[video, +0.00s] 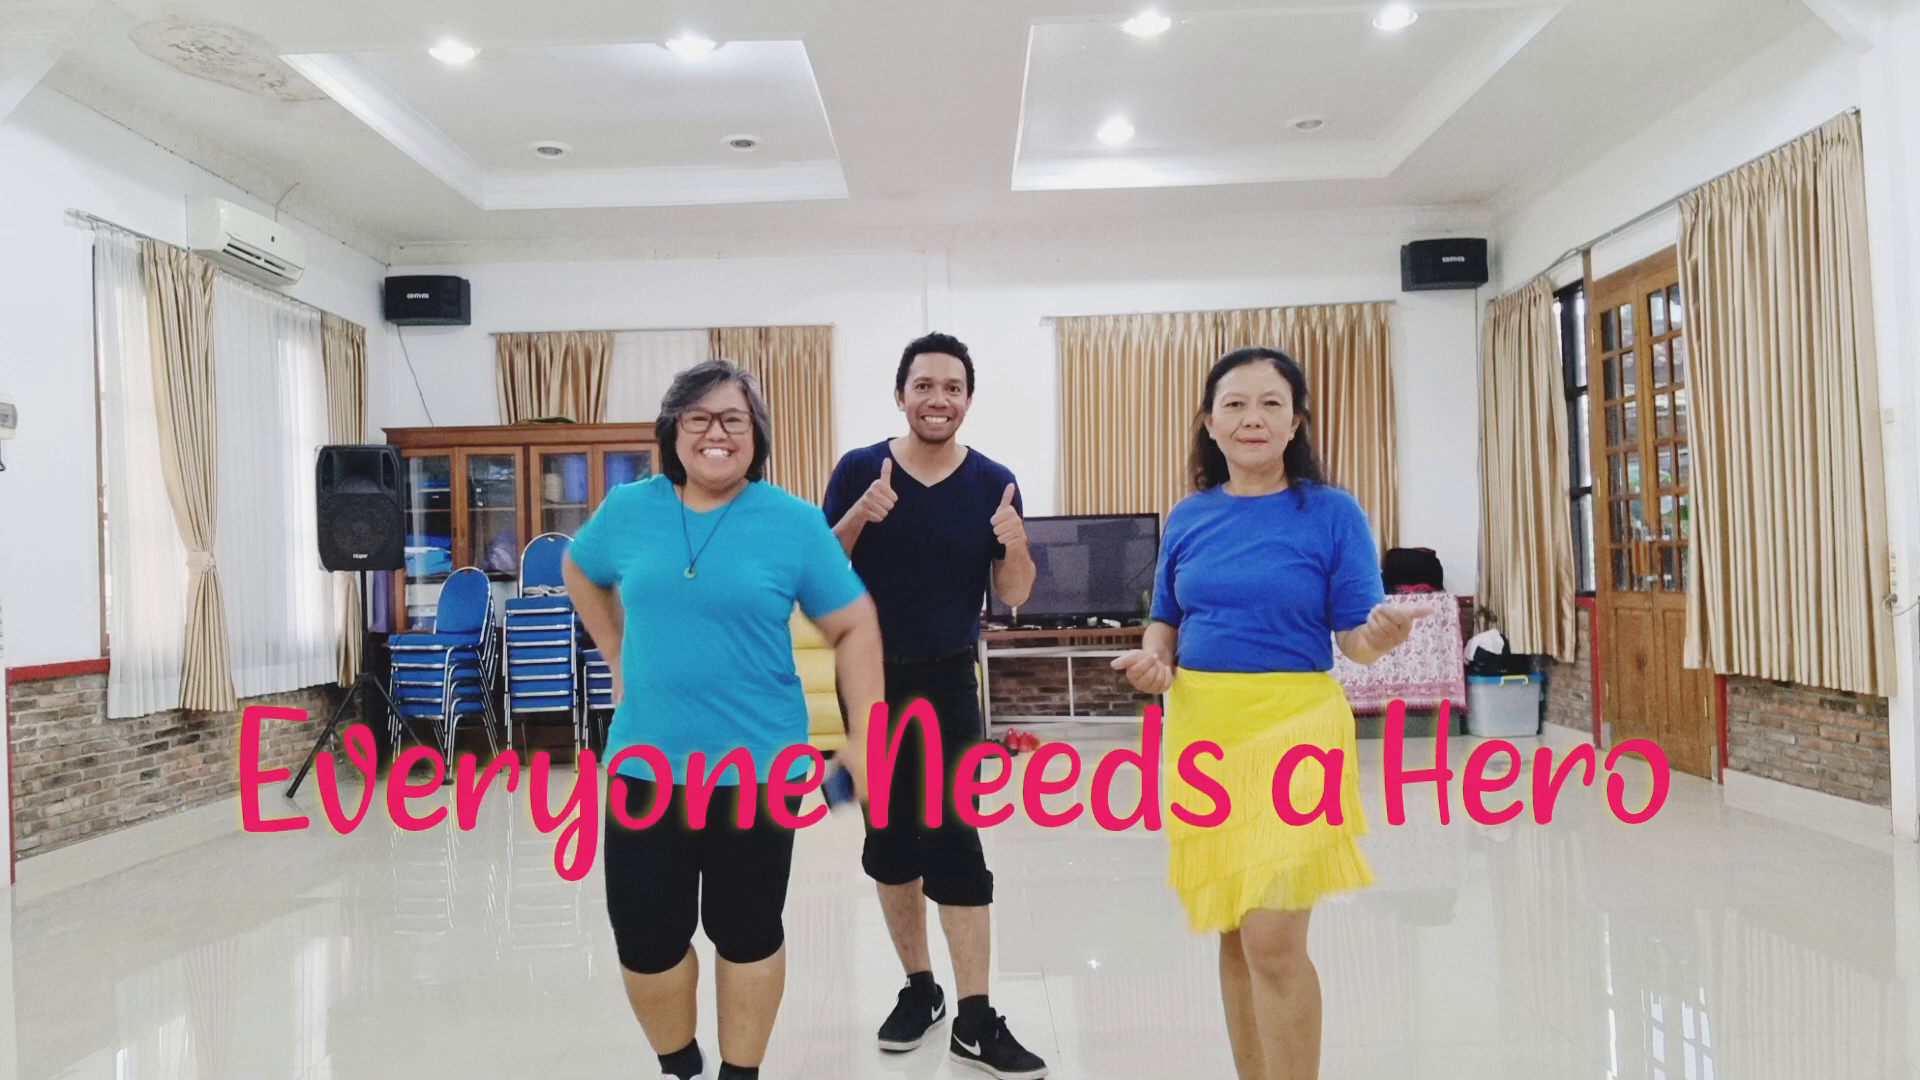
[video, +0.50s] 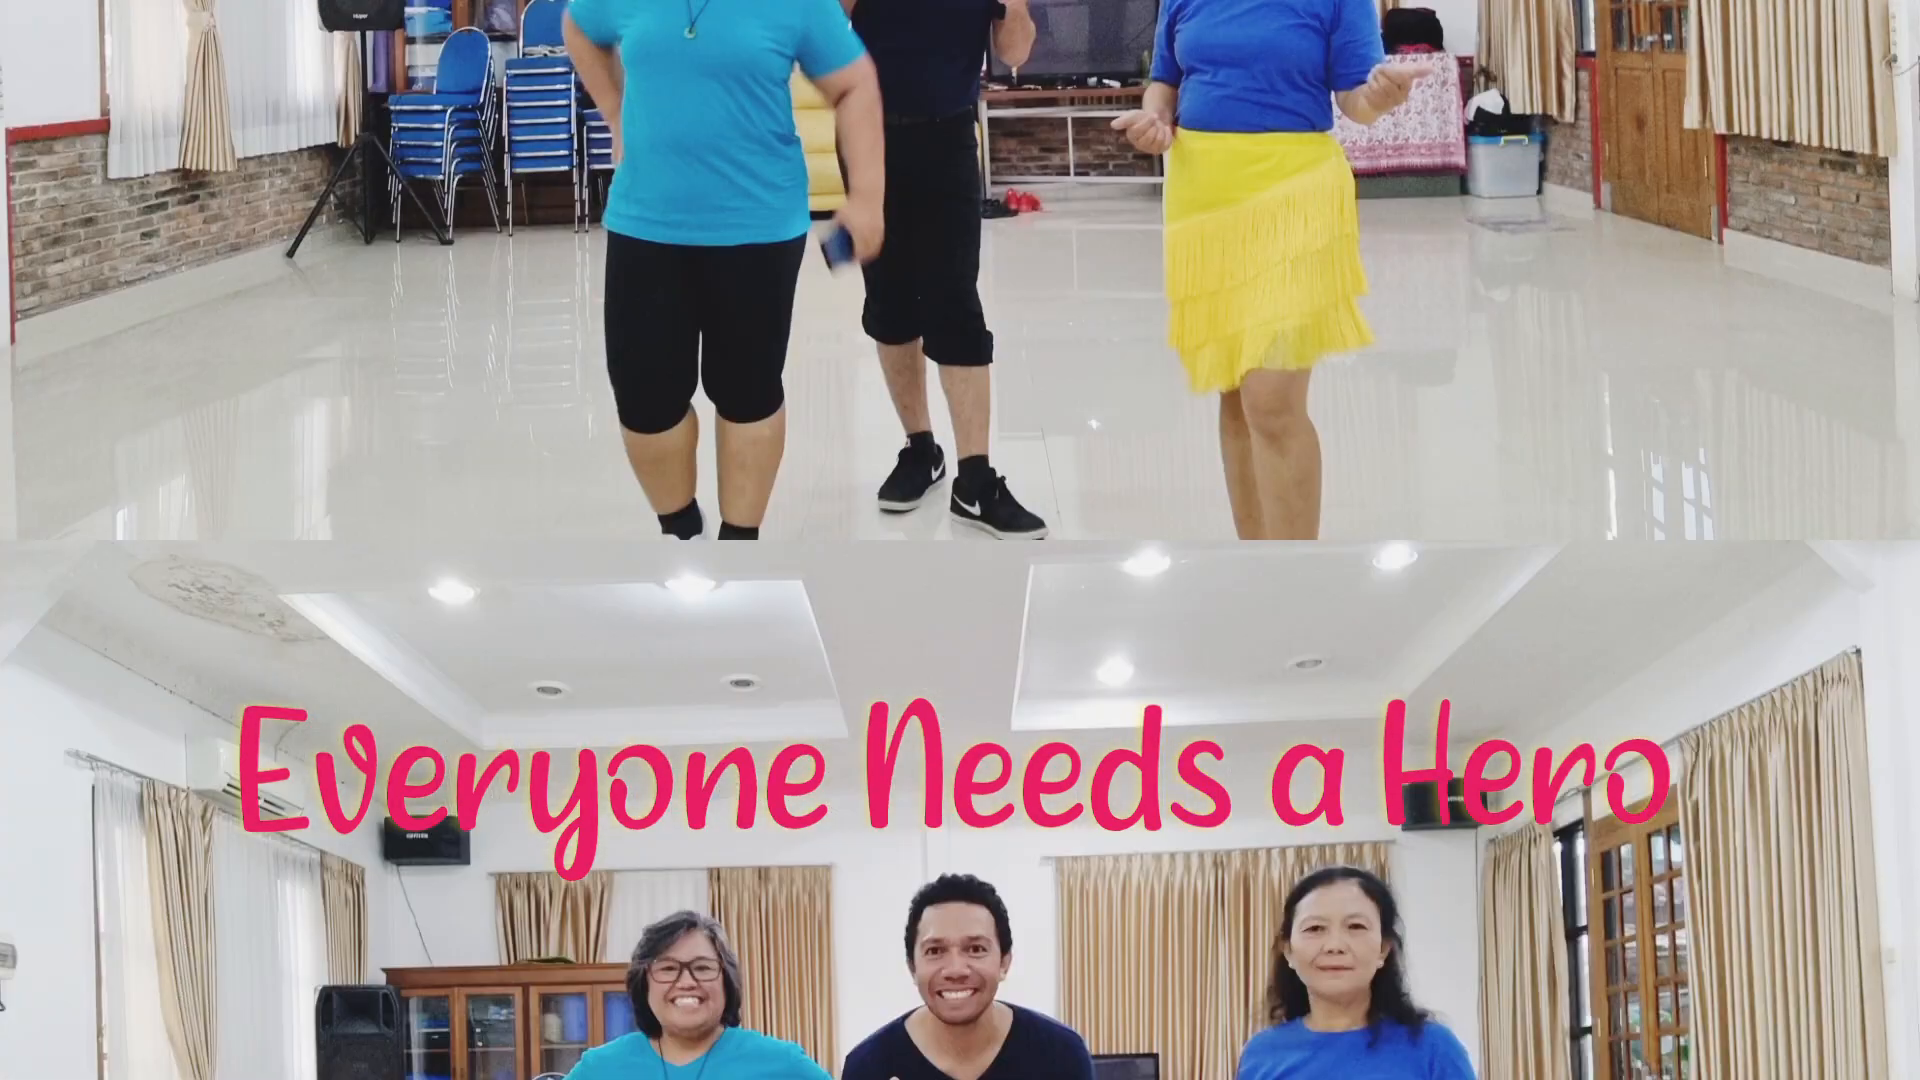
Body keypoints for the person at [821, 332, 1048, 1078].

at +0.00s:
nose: (938, 400)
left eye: (952, 388)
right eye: (924, 386)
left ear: (968, 399)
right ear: (900, 396)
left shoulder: (992, 483)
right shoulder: (858, 472)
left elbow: (1014, 595)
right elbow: (813, 570)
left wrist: (1015, 548)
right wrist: (854, 520)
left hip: (950, 676)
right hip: (872, 676)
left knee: (957, 841)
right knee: (892, 840)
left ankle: (975, 1014)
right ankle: (919, 990)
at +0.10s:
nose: (938, 396)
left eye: (952, 384)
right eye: (924, 382)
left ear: (968, 395)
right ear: (900, 392)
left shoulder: (992, 479)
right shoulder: (858, 468)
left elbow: (1014, 593)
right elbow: (813, 566)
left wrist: (1015, 544)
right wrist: (854, 515)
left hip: (950, 673)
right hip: (872, 673)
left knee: (957, 839)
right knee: (892, 839)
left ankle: (975, 1011)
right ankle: (919, 985)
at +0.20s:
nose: (938, 365)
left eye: (952, 354)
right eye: (924, 352)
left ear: (968, 365)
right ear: (901, 362)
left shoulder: (992, 448)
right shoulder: (858, 438)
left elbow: (1014, 562)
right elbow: (813, 535)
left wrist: (1015, 514)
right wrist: (854, 485)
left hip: (950, 644)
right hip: (872, 643)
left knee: (959, 809)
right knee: (892, 810)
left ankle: (975, 980)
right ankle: (919, 955)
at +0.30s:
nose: (938, 283)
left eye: (952, 271)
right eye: (924, 270)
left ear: (968, 283)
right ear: (900, 280)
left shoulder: (991, 366)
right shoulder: (858, 355)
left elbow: (1014, 479)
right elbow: (813, 453)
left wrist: (1015, 431)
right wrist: (854, 403)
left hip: (949, 562)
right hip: (870, 560)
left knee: (957, 723)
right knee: (890, 718)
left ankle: (975, 896)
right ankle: (918, 870)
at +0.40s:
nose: (939, 123)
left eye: (952, 112)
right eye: (925, 110)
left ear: (968, 124)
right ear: (901, 119)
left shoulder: (990, 206)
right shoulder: (859, 195)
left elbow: (1013, 321)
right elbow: (813, 292)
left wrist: (1015, 272)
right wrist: (855, 242)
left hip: (949, 405)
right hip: (872, 403)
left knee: (955, 570)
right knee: (893, 567)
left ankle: (978, 735)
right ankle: (919, 712)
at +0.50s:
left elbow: (1015, 52)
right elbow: (825, 31)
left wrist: (1015, 6)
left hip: (948, 130)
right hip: (870, 128)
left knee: (956, 302)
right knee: (890, 297)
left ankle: (975, 475)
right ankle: (919, 448)